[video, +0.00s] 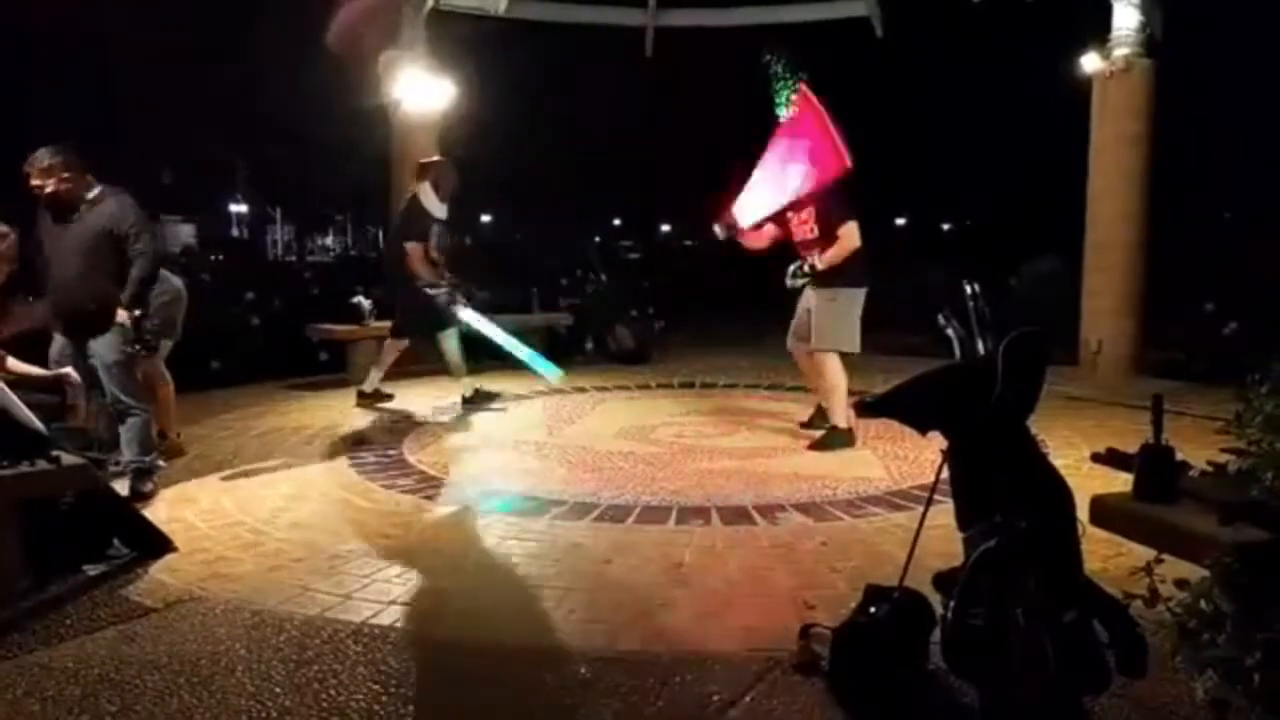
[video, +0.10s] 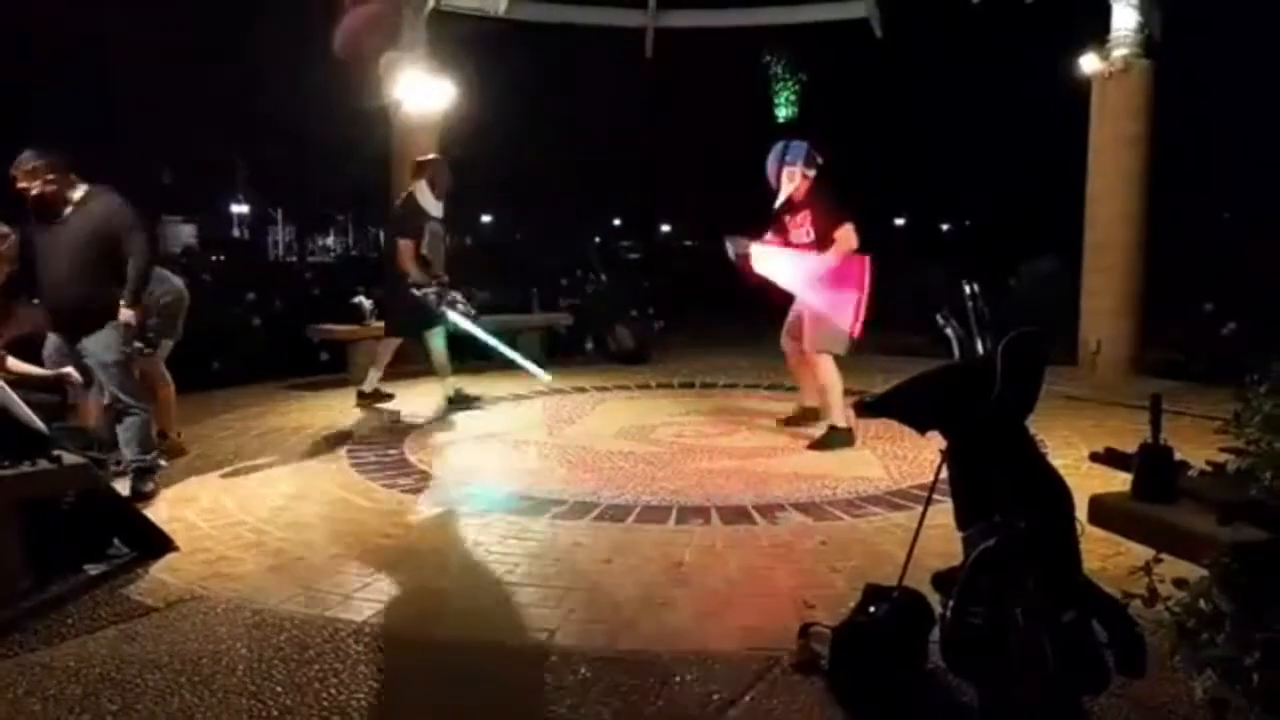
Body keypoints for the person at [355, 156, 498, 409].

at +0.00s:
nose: (451, 185)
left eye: (451, 179)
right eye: (447, 179)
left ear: (432, 180)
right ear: (435, 181)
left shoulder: (432, 208)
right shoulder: (415, 212)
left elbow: (431, 249)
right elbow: (415, 260)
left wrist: (446, 274)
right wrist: (440, 286)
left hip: (418, 277)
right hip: (410, 280)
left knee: (401, 334)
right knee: (447, 327)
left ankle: (369, 386)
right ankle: (467, 389)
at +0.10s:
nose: (448, 180)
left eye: (447, 174)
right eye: (443, 174)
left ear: (434, 176)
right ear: (430, 176)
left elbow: (432, 247)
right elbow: (405, 256)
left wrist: (438, 274)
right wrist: (424, 282)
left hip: (418, 277)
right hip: (405, 279)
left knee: (394, 333)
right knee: (435, 327)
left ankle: (369, 387)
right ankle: (450, 391)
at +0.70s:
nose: (453, 183)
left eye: (452, 177)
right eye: (449, 177)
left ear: (431, 178)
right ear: (438, 179)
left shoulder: (427, 204)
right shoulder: (422, 206)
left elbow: (441, 248)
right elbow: (443, 248)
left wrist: (474, 238)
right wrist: (476, 238)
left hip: (408, 285)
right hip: (412, 287)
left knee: (406, 335)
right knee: (460, 322)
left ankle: (370, 387)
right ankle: (460, 391)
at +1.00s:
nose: (446, 193)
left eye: (445, 187)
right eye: (443, 187)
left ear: (418, 182)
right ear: (431, 184)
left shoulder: (402, 207)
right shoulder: (417, 211)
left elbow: (437, 245)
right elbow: (454, 248)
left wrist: (484, 243)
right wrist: (491, 242)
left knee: (391, 334)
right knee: (447, 326)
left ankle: (355, 387)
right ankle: (458, 392)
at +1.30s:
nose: (430, 186)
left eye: (431, 179)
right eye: (427, 179)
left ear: (404, 178)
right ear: (414, 178)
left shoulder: (389, 201)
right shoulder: (396, 204)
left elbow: (415, 245)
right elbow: (417, 245)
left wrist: (449, 264)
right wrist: (452, 265)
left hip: (378, 280)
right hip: (387, 282)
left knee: (374, 335)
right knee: (412, 331)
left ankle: (352, 389)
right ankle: (431, 390)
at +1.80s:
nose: (435, 183)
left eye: (434, 177)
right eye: (432, 176)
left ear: (409, 177)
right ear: (420, 177)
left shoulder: (396, 201)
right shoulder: (400, 203)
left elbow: (408, 245)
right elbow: (409, 245)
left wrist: (435, 262)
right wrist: (438, 263)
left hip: (382, 280)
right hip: (394, 282)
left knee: (385, 333)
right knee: (435, 325)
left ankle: (354, 389)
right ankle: (444, 390)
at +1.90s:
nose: (439, 188)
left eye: (437, 182)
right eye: (435, 182)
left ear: (411, 185)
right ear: (423, 185)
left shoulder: (400, 208)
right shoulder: (408, 211)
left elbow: (413, 257)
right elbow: (414, 259)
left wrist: (441, 267)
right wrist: (442, 268)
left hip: (387, 286)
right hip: (400, 287)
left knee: (398, 335)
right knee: (446, 324)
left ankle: (357, 382)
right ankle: (449, 390)